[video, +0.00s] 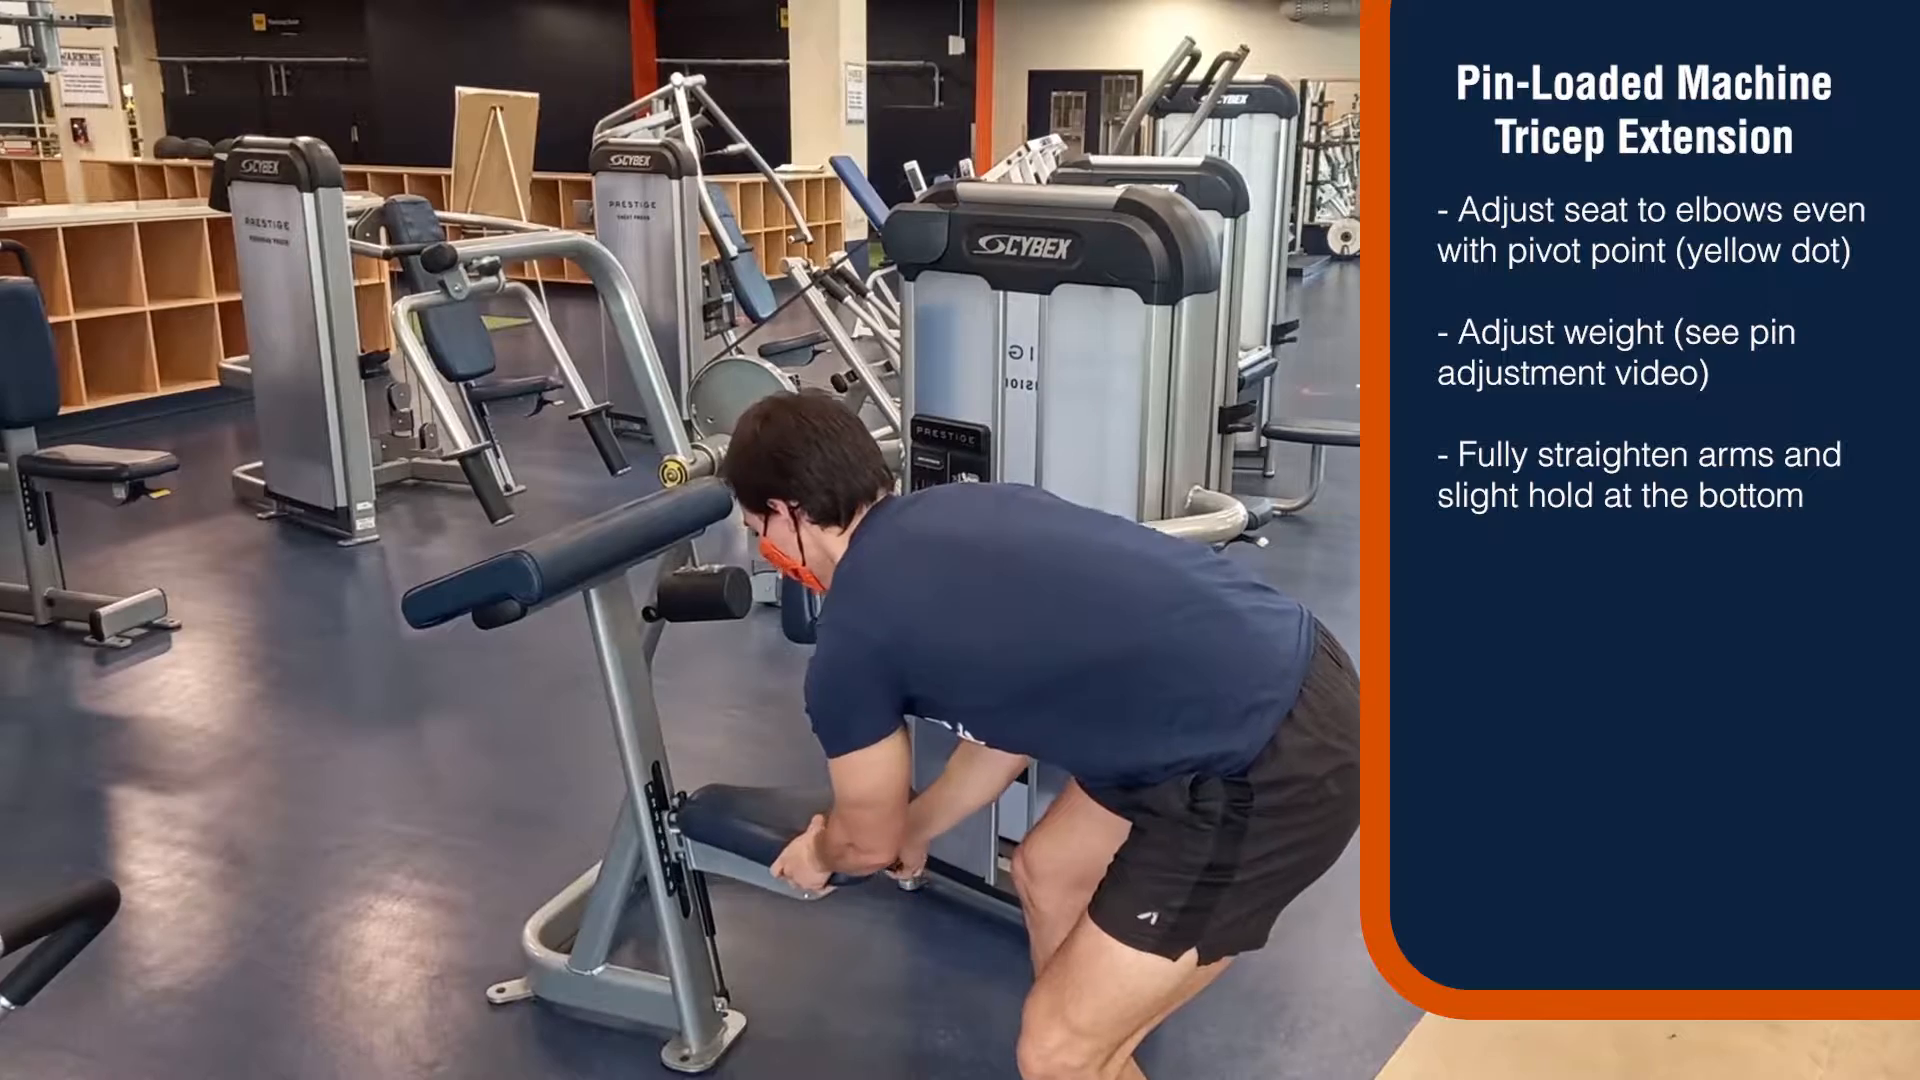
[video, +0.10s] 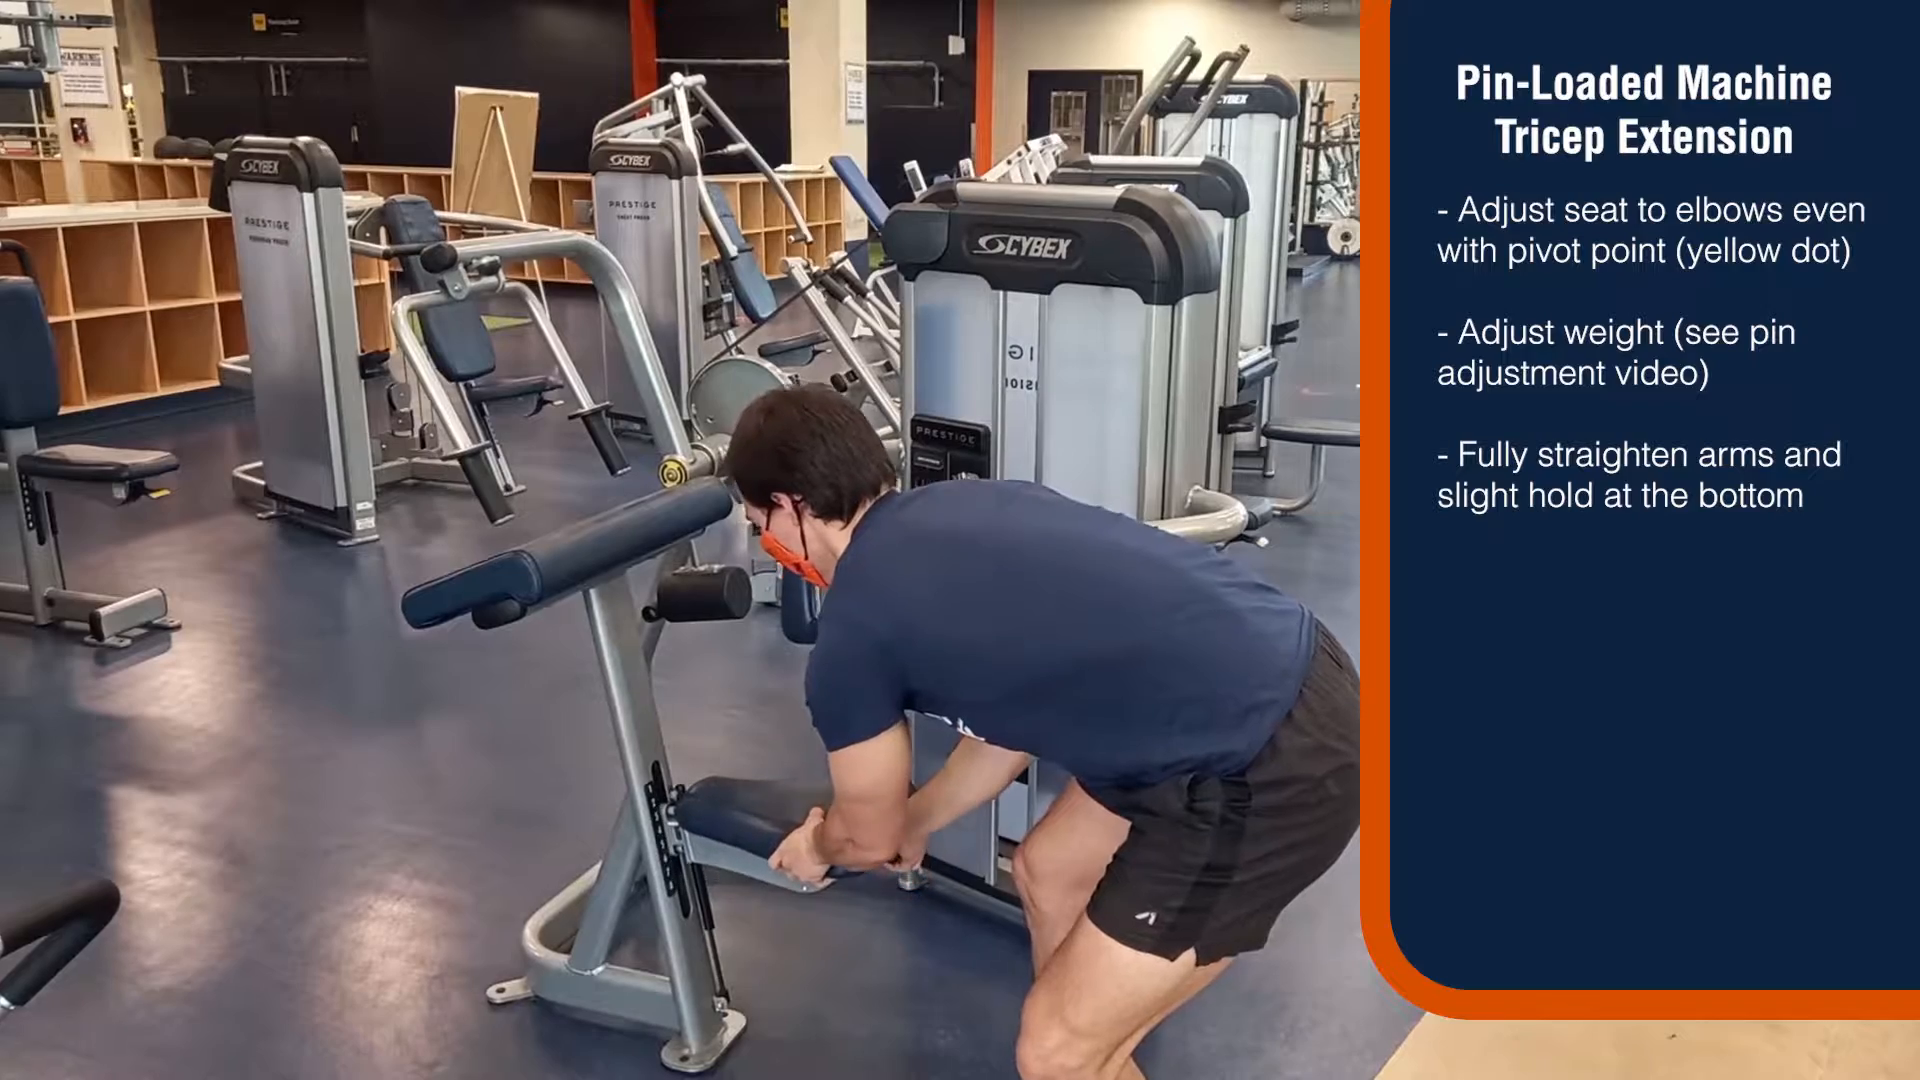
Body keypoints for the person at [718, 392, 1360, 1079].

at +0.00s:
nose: (763, 555)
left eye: (756, 532)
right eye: (754, 536)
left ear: (787, 519)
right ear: (869, 473)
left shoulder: (852, 640)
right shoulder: (966, 510)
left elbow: (871, 842)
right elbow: (1019, 718)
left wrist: (818, 852)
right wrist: (911, 832)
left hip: (1259, 752)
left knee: (1061, 1051)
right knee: (1049, 876)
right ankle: (1105, 1060)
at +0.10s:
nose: (763, 549)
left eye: (756, 525)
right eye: (754, 529)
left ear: (789, 511)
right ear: (870, 469)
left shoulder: (852, 631)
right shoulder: (972, 505)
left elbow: (871, 841)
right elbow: (1026, 712)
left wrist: (815, 844)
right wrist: (909, 824)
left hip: (1258, 756)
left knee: (1060, 1052)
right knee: (1049, 876)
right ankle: (1106, 1056)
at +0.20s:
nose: (762, 541)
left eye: (757, 518)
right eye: (754, 522)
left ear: (792, 505)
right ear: (871, 464)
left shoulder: (854, 620)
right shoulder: (970, 500)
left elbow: (869, 837)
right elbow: (1029, 708)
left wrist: (818, 836)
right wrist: (906, 820)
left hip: (1257, 753)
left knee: (1060, 1051)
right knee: (1050, 875)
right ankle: (1106, 1057)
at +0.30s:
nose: (765, 538)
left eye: (758, 516)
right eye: (756, 520)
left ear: (792, 501)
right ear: (872, 460)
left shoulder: (854, 619)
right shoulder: (970, 499)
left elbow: (869, 834)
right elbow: (1030, 705)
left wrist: (817, 832)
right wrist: (910, 810)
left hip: (1257, 751)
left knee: (1062, 1052)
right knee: (1051, 876)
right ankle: (1109, 1055)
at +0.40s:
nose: (764, 532)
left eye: (757, 510)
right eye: (755, 514)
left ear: (792, 494)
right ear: (873, 456)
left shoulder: (856, 610)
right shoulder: (974, 491)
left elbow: (865, 827)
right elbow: (1028, 702)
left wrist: (816, 828)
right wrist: (901, 804)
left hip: (1256, 751)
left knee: (1064, 1049)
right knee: (1051, 872)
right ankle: (1105, 1052)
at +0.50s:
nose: (761, 526)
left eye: (757, 504)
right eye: (754, 508)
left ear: (795, 492)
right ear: (874, 453)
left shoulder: (858, 607)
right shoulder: (970, 487)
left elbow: (867, 825)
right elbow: (1032, 692)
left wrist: (815, 829)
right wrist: (903, 801)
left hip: (1258, 747)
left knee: (1067, 1047)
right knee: (1052, 872)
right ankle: (1110, 1051)